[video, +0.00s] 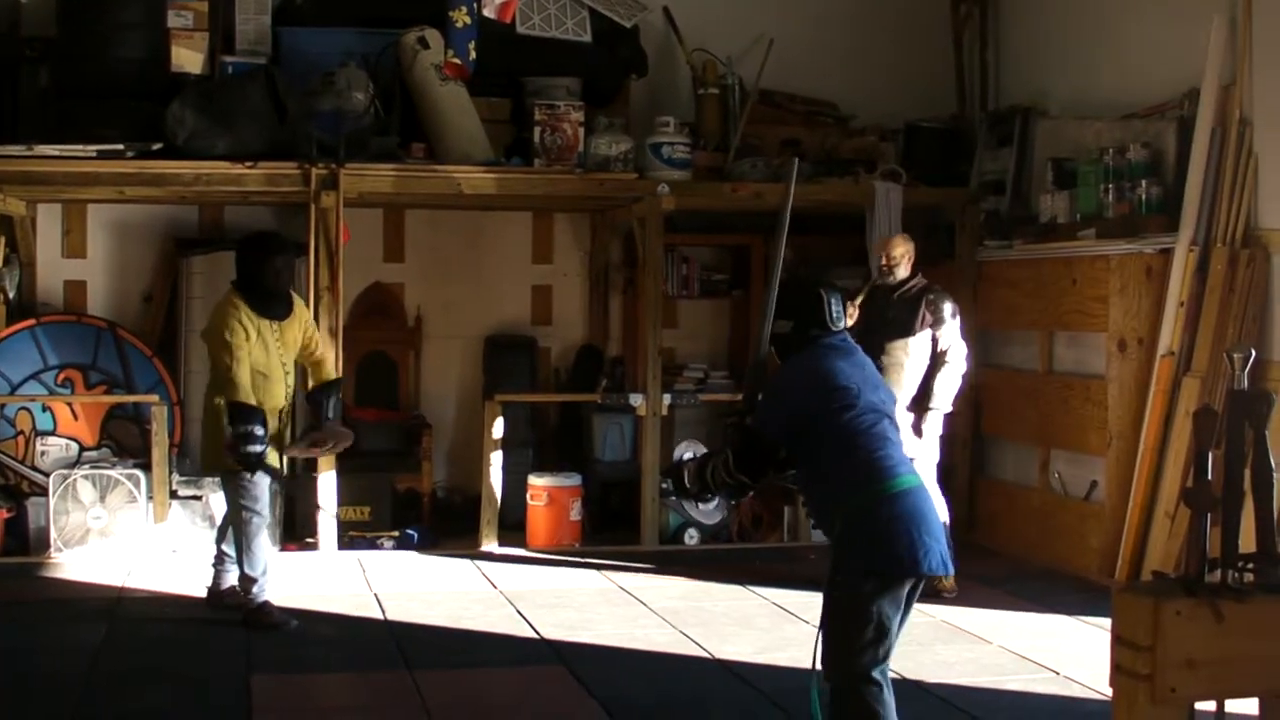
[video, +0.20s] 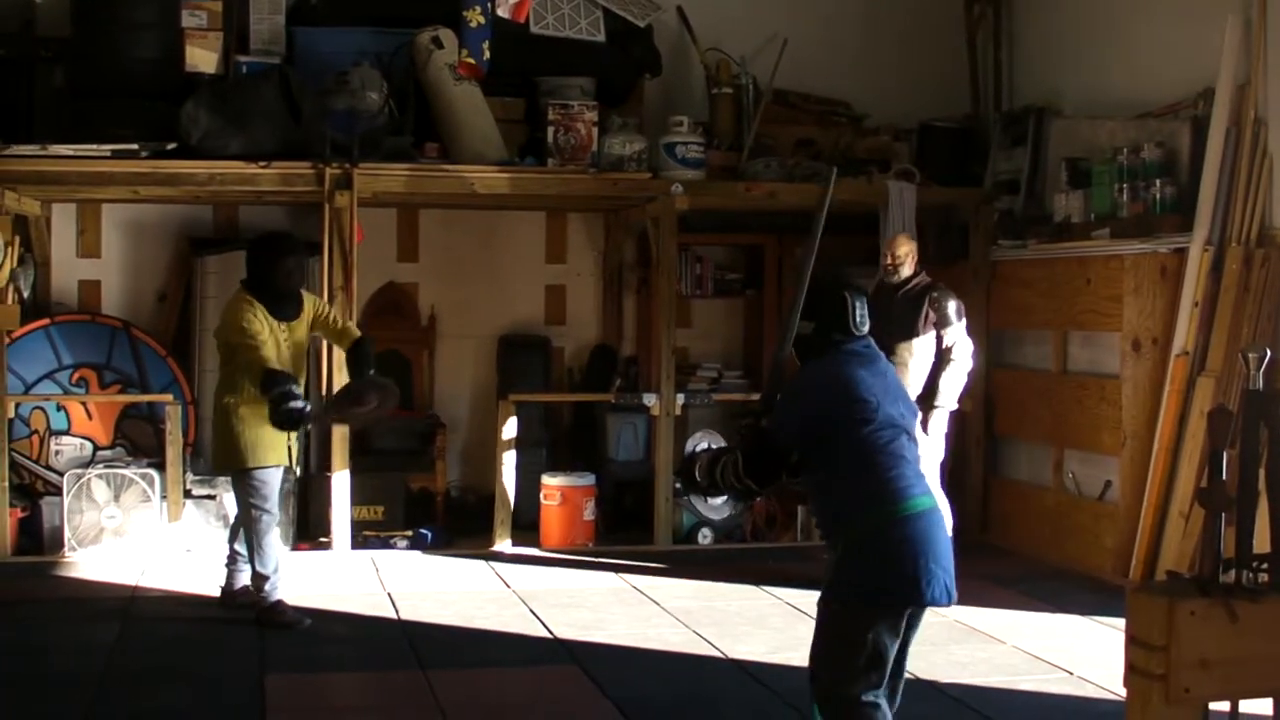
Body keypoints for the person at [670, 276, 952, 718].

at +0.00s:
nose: (773, 335)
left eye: (778, 325)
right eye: (775, 325)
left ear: (790, 326)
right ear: (830, 321)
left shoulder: (803, 373)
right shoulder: (858, 364)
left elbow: (747, 462)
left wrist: (691, 477)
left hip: (879, 535)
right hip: (914, 528)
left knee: (854, 674)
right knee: (866, 668)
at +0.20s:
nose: (795, 334)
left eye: (801, 323)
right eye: (798, 322)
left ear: (811, 329)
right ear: (857, 324)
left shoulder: (820, 381)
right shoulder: (881, 373)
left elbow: (763, 464)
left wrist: (709, 469)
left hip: (882, 547)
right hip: (924, 539)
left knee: (844, 691)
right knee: (878, 689)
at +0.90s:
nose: (773, 321)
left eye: (779, 311)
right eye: (776, 310)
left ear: (791, 317)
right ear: (837, 313)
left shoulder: (805, 371)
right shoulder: (857, 359)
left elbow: (734, 457)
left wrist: (674, 461)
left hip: (861, 551)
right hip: (892, 542)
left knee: (838, 694)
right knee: (844, 689)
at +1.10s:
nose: (753, 320)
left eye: (758, 310)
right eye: (755, 310)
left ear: (773, 314)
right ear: (815, 310)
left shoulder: (785, 365)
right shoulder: (840, 357)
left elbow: (717, 454)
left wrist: (658, 457)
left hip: (853, 536)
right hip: (878, 529)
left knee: (839, 675)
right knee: (821, 662)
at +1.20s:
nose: (747, 320)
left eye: (753, 309)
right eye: (749, 309)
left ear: (767, 312)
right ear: (807, 309)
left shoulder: (779, 363)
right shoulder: (832, 357)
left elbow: (706, 453)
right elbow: (789, 453)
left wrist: (656, 443)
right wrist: (711, 430)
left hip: (848, 533)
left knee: (835, 670)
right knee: (816, 660)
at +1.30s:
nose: (744, 325)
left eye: (749, 314)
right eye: (747, 314)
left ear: (762, 316)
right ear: (805, 313)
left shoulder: (774, 362)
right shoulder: (832, 362)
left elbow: (699, 447)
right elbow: (792, 456)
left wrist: (644, 433)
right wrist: (728, 444)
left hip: (840, 531)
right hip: (872, 526)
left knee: (829, 666)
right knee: (824, 659)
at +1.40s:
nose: (742, 325)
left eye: (747, 315)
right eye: (745, 315)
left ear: (760, 316)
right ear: (803, 313)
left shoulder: (773, 361)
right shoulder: (829, 362)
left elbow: (693, 444)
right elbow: (794, 458)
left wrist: (646, 421)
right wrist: (722, 465)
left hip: (837, 529)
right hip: (874, 524)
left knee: (822, 668)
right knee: (827, 663)